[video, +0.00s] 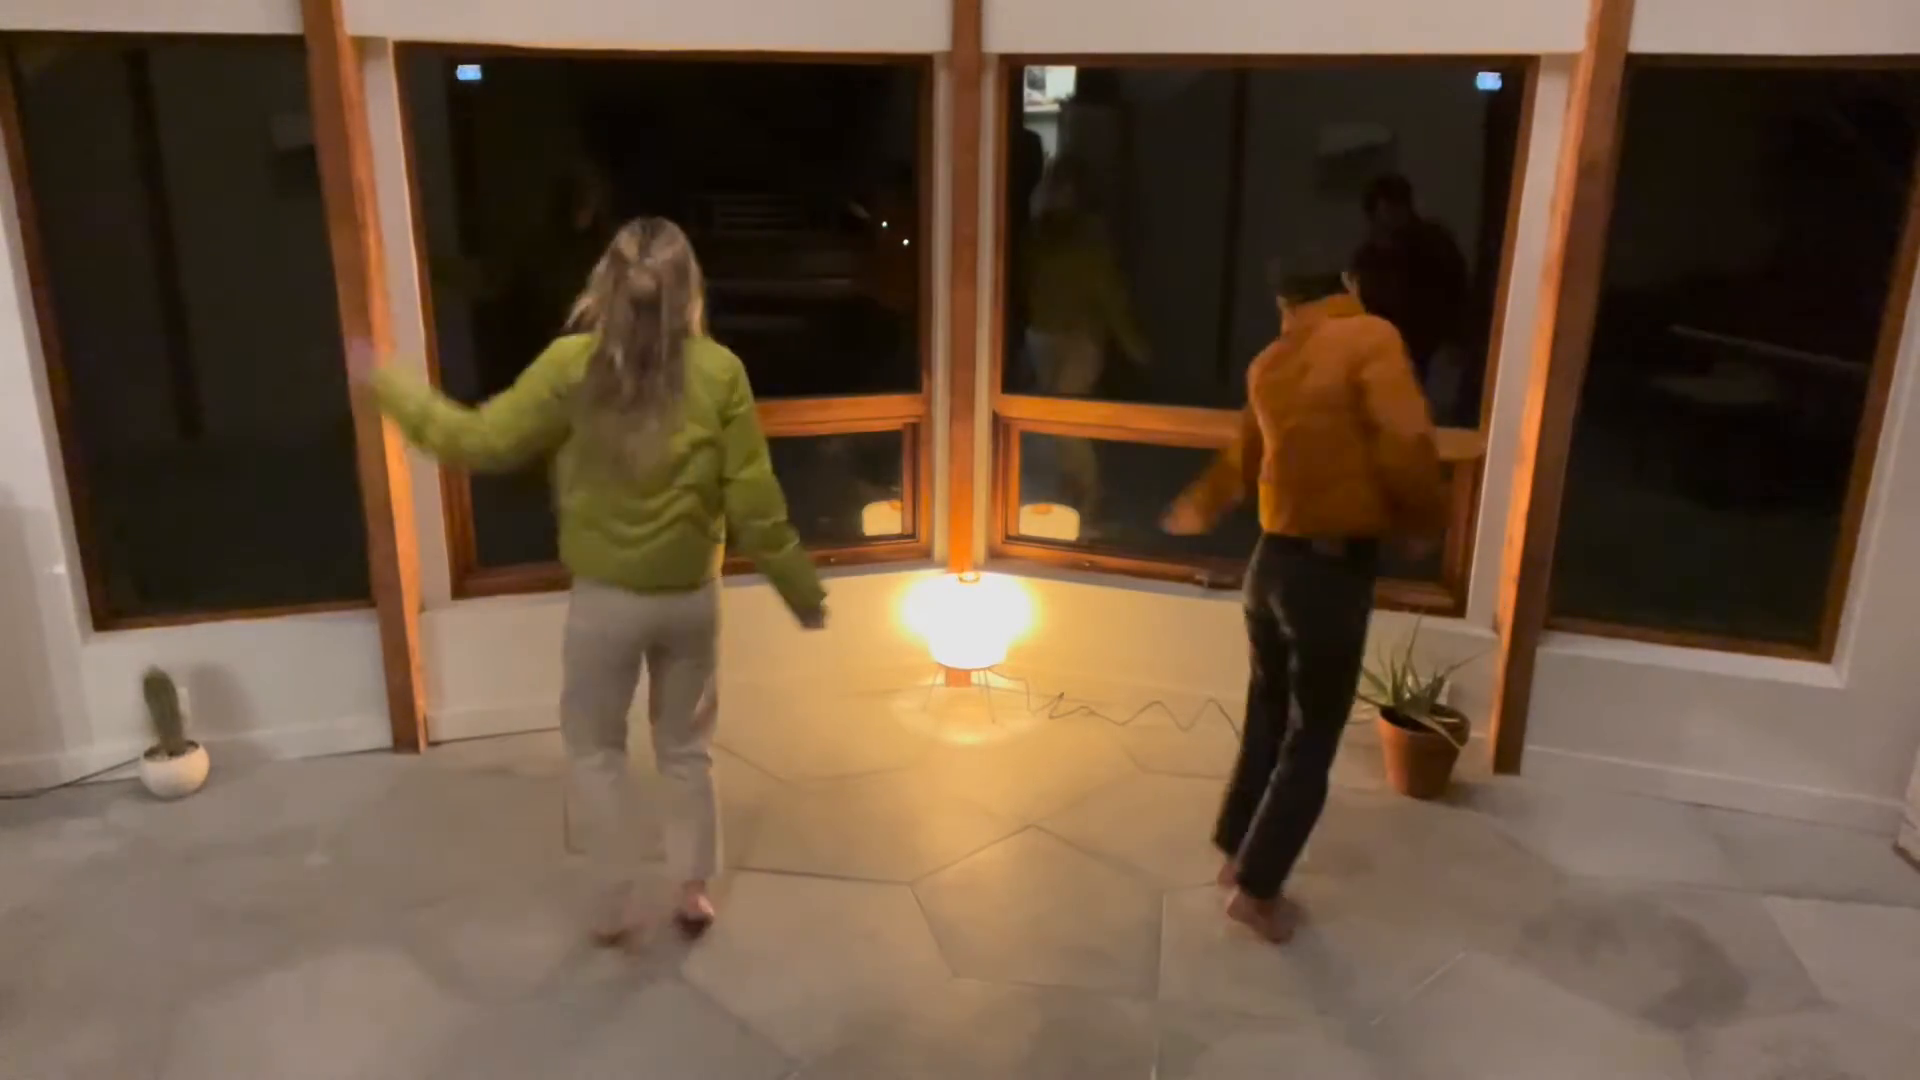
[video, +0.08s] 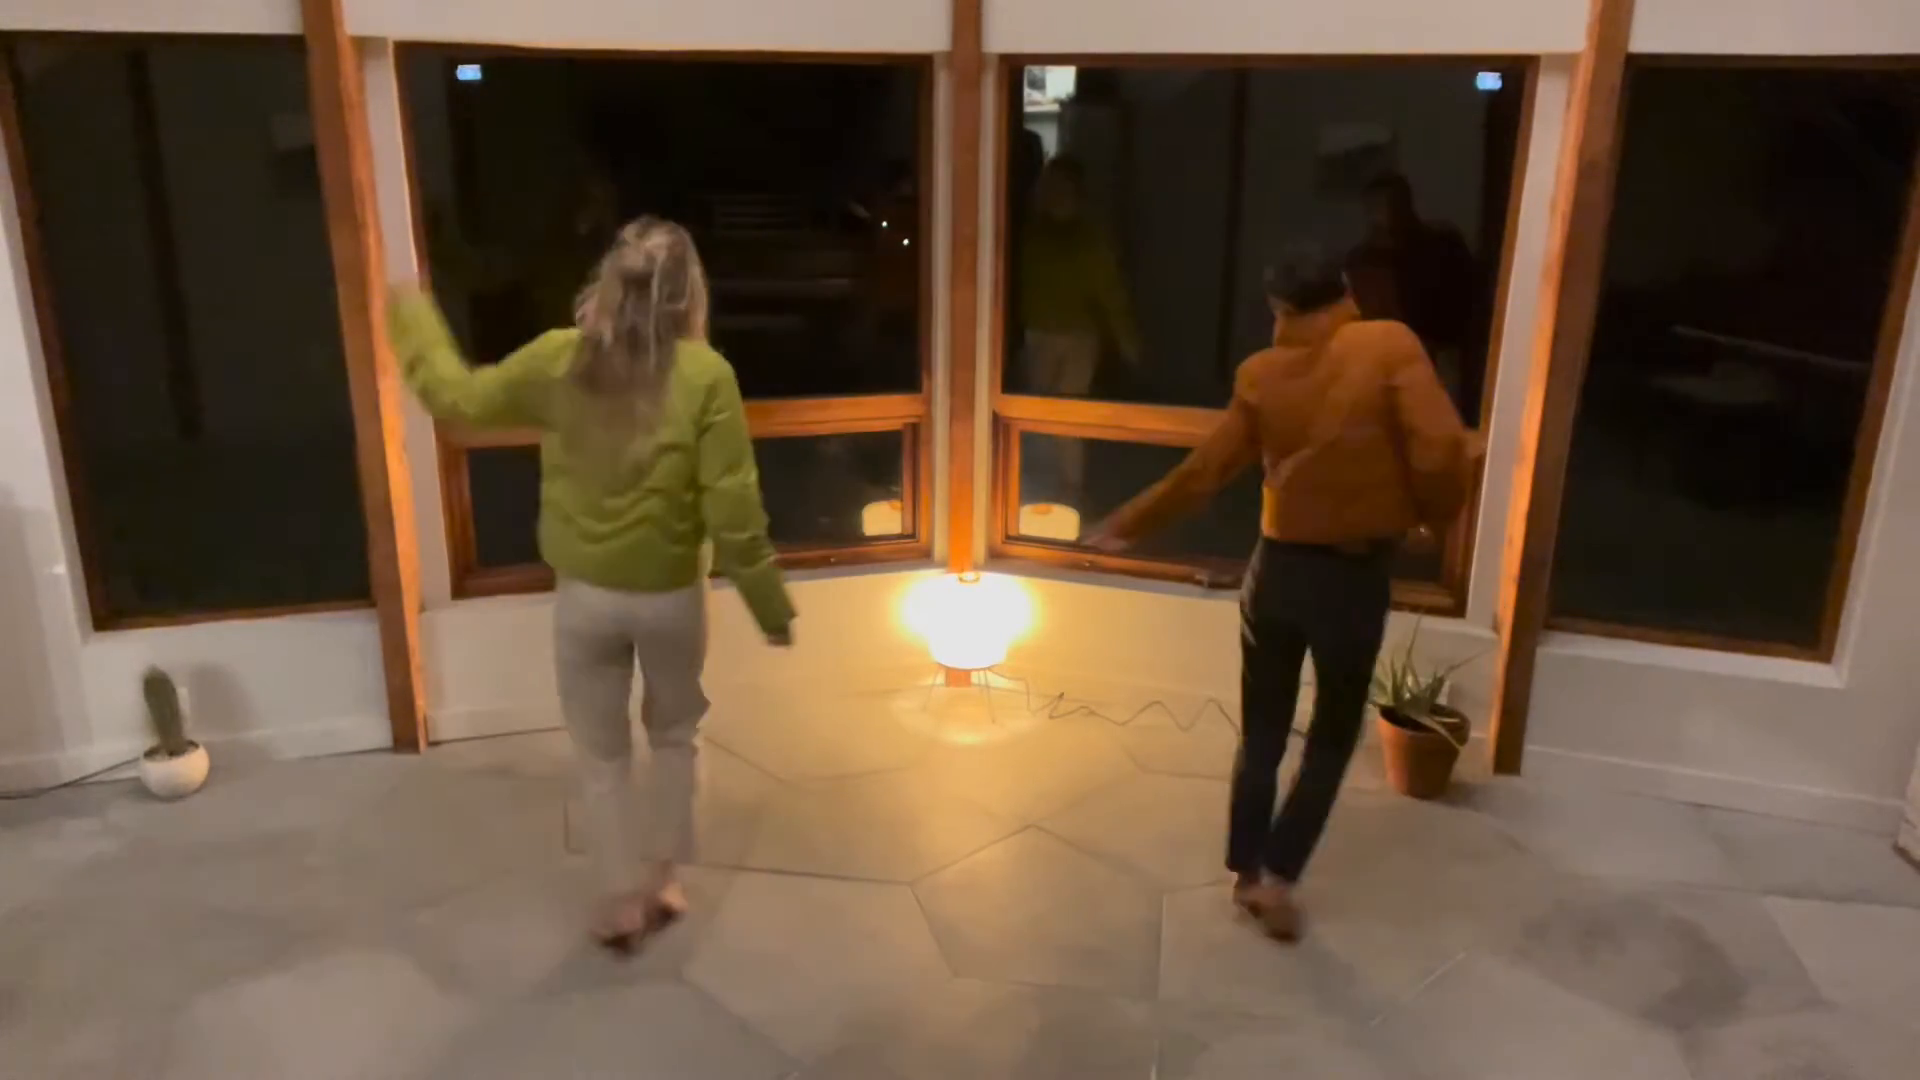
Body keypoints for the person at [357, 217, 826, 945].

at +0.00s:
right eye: (689, 283)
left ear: (606, 287)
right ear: (688, 293)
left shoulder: (570, 366)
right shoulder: (718, 372)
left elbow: (484, 441)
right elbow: (754, 501)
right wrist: (802, 590)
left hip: (606, 606)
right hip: (688, 606)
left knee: (596, 750)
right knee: (685, 749)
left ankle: (618, 899)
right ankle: (693, 887)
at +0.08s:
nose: (702, 303)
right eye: (697, 290)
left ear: (606, 286)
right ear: (688, 297)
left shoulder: (556, 360)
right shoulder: (705, 374)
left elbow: (456, 397)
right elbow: (733, 510)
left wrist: (410, 309)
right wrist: (771, 606)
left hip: (584, 603)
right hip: (670, 605)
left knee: (602, 756)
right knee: (673, 733)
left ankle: (621, 900)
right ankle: (665, 879)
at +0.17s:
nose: (706, 306)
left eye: (704, 294)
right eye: (701, 294)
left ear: (612, 287)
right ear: (685, 298)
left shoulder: (560, 353)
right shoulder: (697, 374)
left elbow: (467, 375)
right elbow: (716, 512)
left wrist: (446, 285)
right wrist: (750, 615)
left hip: (576, 598)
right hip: (661, 601)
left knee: (592, 745)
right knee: (665, 736)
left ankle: (611, 889)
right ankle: (645, 885)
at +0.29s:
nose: (711, 312)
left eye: (710, 300)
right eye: (707, 300)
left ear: (619, 287)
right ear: (687, 301)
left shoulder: (568, 348)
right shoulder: (680, 374)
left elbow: (508, 362)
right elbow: (683, 507)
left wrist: (525, 302)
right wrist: (710, 616)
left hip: (557, 587)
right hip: (634, 594)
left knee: (578, 738)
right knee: (662, 739)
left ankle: (553, 880)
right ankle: (635, 884)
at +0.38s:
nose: (714, 322)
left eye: (714, 309)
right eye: (711, 309)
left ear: (625, 294)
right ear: (688, 307)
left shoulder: (575, 349)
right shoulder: (673, 373)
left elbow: (528, 374)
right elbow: (667, 510)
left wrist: (564, 322)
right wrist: (689, 617)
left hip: (549, 589)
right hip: (621, 595)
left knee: (575, 738)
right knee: (660, 733)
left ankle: (555, 878)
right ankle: (616, 877)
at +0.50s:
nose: (724, 339)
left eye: (725, 325)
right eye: (722, 324)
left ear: (649, 302)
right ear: (699, 316)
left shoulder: (604, 354)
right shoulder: (668, 369)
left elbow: (566, 467)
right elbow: (632, 498)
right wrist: (648, 612)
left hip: (555, 578)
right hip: (599, 584)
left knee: (600, 724)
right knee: (633, 737)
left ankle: (583, 851)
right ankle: (596, 880)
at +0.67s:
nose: (738, 365)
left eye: (743, 353)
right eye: (739, 349)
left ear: (684, 313)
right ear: (718, 329)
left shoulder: (651, 355)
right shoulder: (672, 356)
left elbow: (660, 469)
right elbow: (594, 446)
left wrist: (717, 497)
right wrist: (598, 565)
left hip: (566, 570)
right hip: (606, 580)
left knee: (590, 711)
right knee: (661, 723)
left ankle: (565, 846)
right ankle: (611, 857)